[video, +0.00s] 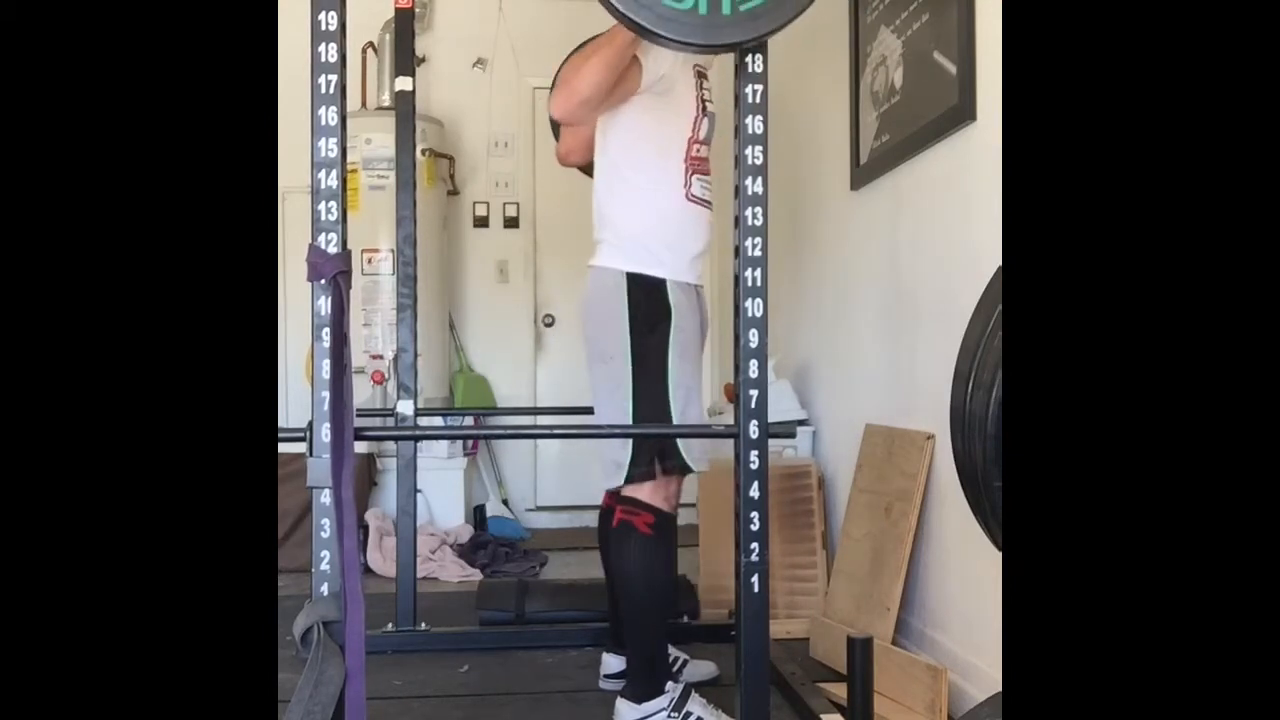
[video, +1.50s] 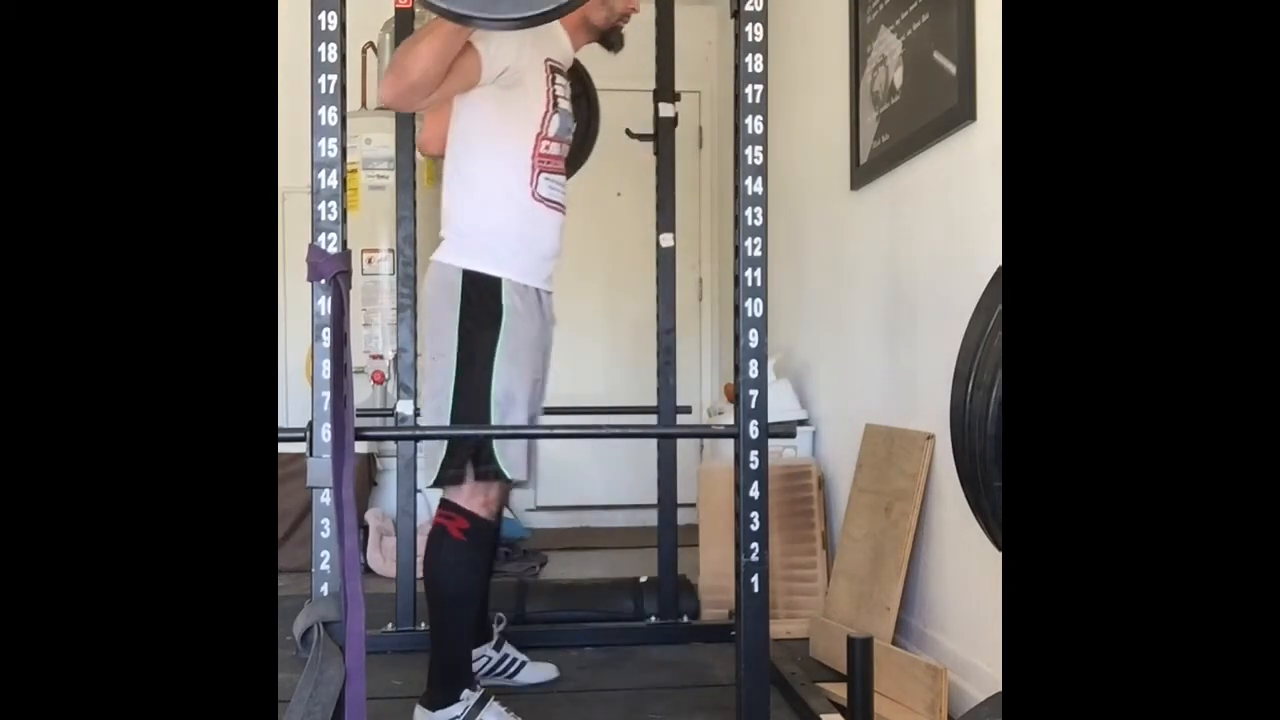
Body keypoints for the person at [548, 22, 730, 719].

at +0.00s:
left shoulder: (678, 57)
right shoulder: (642, 40)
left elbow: (570, 148)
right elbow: (566, 102)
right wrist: (640, 16)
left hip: (663, 285)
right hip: (640, 286)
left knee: (647, 476)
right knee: (657, 477)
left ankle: (628, 650)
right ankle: (647, 692)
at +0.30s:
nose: (708, 12)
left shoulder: (672, 60)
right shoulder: (623, 44)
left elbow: (566, 152)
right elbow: (562, 109)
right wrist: (633, 21)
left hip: (655, 285)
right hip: (637, 285)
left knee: (641, 477)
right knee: (658, 480)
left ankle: (630, 650)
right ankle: (648, 694)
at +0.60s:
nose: (696, 25)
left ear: (667, 5)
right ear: (657, 4)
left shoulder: (655, 61)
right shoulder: (611, 43)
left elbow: (544, 148)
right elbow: (537, 107)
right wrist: (607, 21)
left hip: (642, 281)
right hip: (607, 279)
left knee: (650, 469)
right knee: (634, 472)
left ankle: (646, 647)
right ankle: (630, 682)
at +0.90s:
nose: (700, 26)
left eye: (701, 18)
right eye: (694, 15)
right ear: (654, 4)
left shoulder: (632, 60)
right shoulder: (574, 43)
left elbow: (514, 148)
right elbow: (488, 102)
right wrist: (558, 19)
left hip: (622, 289)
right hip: (571, 286)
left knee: (638, 475)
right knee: (555, 482)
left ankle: (631, 649)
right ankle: (459, 686)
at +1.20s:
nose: (664, 9)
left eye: (665, 4)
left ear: (629, 5)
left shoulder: (579, 54)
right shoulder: (538, 22)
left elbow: (453, 135)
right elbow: (423, 79)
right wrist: (493, 3)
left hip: (550, 288)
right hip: (501, 283)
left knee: (584, 454)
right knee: (480, 485)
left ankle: (553, 621)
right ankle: (448, 697)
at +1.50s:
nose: (635, 10)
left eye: (636, 5)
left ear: (602, 9)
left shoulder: (551, 57)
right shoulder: (509, 31)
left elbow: (434, 134)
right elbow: (397, 90)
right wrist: (453, 14)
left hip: (518, 286)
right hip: (480, 283)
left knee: (492, 484)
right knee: (472, 489)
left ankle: (475, 646)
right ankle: (445, 696)